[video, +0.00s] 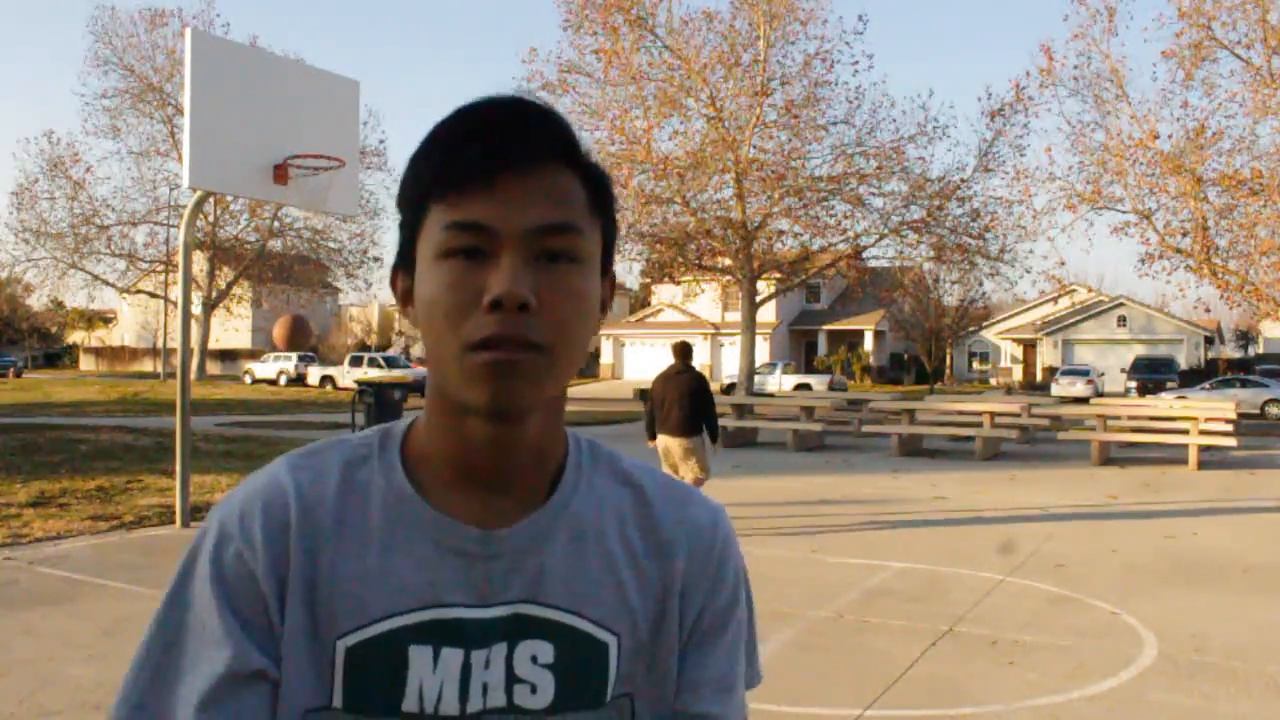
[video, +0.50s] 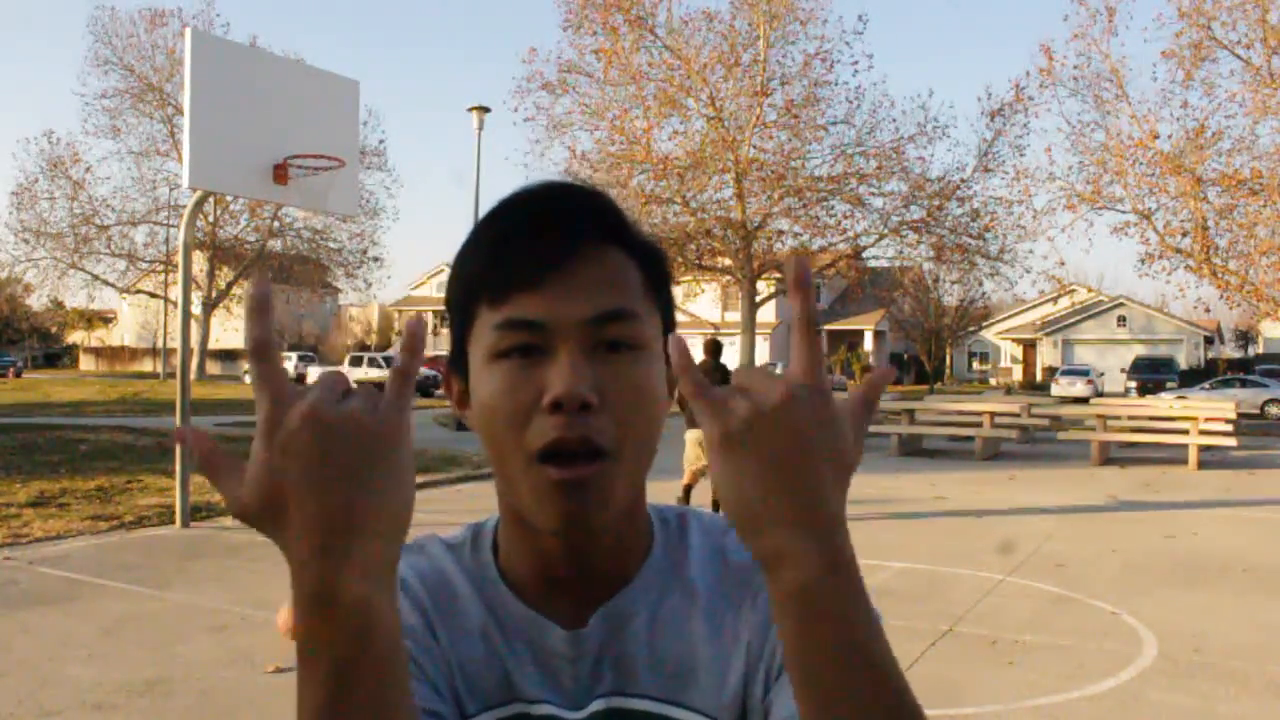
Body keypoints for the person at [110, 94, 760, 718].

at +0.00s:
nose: (509, 290)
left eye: (554, 255)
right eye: (467, 252)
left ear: (607, 298)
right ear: (405, 290)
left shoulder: (689, 549)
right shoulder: (269, 535)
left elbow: (713, 709)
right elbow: (182, 709)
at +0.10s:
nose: (533, 312)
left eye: (578, 273)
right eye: (488, 271)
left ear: (628, 316)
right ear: (426, 318)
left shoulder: (703, 548)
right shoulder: (300, 536)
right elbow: (190, 704)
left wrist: (751, 703)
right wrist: (263, 697)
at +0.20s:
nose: (544, 346)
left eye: (589, 305)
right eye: (501, 305)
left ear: (640, 345)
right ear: (439, 346)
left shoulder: (720, 566)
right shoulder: (355, 566)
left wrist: (763, 587)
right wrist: (310, 560)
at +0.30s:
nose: (556, 363)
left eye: (598, 321)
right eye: (511, 322)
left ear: (651, 359)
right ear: (450, 360)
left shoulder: (734, 569)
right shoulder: (373, 575)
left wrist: (791, 558)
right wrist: (336, 547)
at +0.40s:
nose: (564, 382)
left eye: (606, 341)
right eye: (519, 342)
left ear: (665, 377)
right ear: (456, 383)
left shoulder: (753, 586)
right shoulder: (394, 597)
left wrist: (785, 547)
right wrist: (355, 562)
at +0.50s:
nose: (570, 390)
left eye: (612, 346)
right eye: (521, 351)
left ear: (671, 376)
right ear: (460, 390)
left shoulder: (757, 587)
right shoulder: (402, 605)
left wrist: (808, 549)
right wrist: (341, 579)